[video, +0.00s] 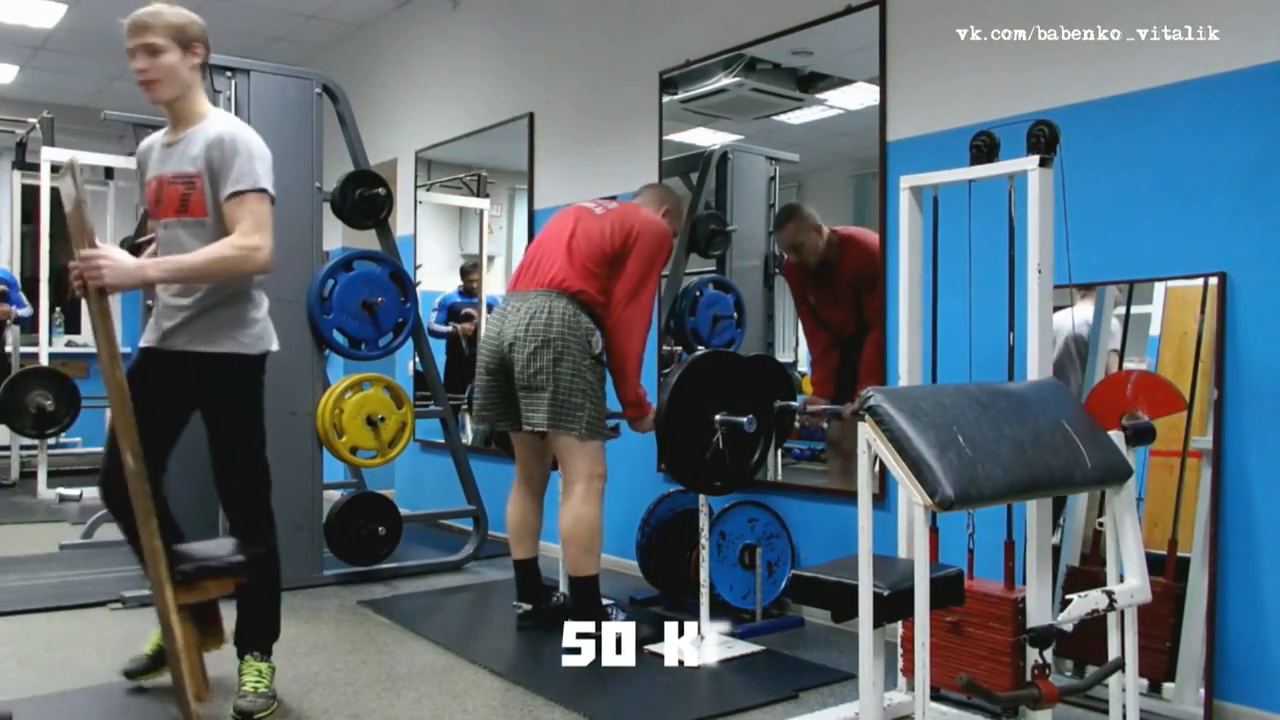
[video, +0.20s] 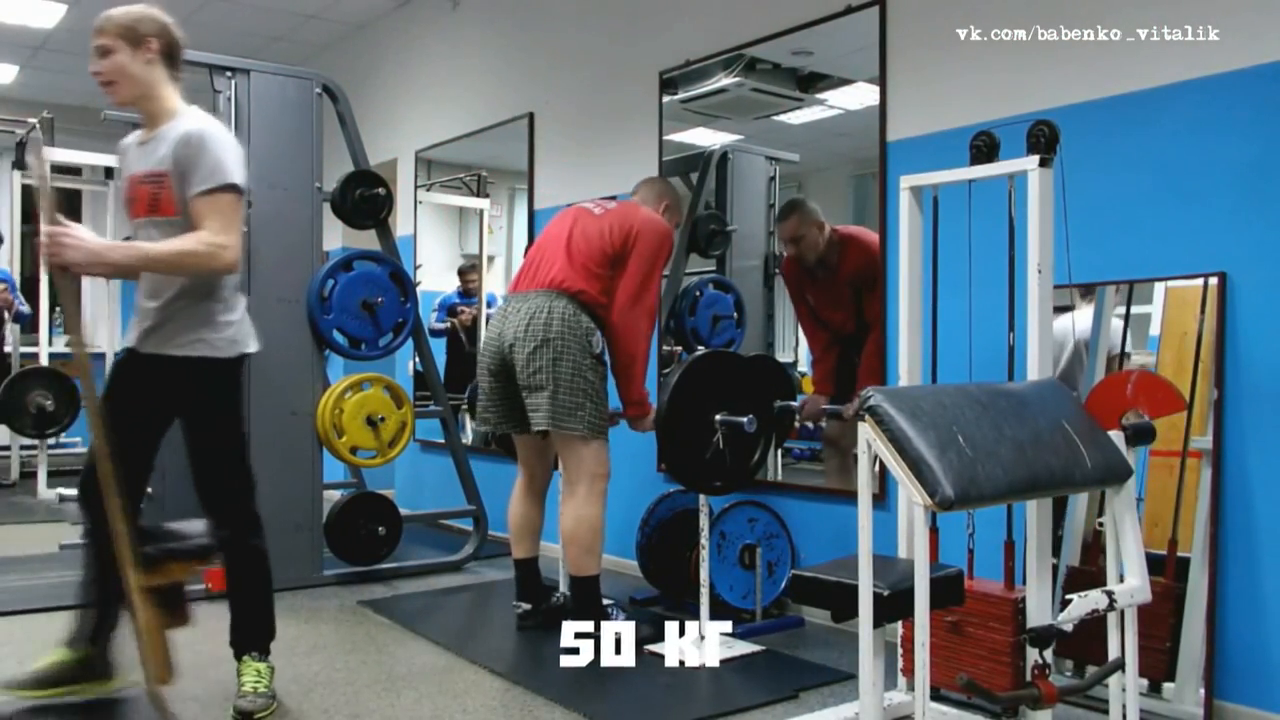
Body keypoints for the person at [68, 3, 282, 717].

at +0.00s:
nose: (140, 67)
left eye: (153, 52)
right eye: (133, 56)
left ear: (195, 55)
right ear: (131, 67)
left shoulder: (234, 139)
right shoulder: (150, 151)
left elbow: (255, 249)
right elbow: (156, 242)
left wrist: (141, 270)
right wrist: (112, 265)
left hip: (232, 346)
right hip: (166, 345)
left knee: (246, 498)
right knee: (122, 481)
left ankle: (256, 653)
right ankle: (192, 618)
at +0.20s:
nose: (98, 69)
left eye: (108, 53)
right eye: (95, 57)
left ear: (153, 53)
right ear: (126, 62)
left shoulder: (204, 136)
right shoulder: (131, 150)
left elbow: (223, 250)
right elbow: (148, 253)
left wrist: (108, 256)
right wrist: (91, 254)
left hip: (213, 351)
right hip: (149, 349)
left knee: (230, 506)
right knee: (104, 490)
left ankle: (254, 658)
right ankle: (92, 649)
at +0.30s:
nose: (74, 70)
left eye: (84, 55)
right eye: (72, 59)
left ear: (130, 55)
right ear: (105, 66)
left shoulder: (185, 138)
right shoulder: (108, 152)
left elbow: (198, 250)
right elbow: (120, 265)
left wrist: (87, 247)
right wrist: (63, 257)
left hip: (186, 355)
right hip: (122, 357)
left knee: (214, 506)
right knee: (85, 503)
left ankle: (251, 653)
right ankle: (55, 668)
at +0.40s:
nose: (49, 65)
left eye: (59, 51)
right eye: (47, 54)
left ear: (105, 51)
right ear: (85, 58)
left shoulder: (157, 136)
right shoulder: (74, 152)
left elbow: (170, 247)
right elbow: (89, 259)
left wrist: (52, 247)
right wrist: (35, 268)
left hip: (154, 350)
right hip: (86, 349)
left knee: (185, 501)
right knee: (47, 500)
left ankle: (245, 648)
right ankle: (51, 669)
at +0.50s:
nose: (27, 59)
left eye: (39, 44)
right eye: (24, 50)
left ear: (86, 47)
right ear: (34, 65)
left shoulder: (131, 131)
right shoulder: (39, 145)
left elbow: (145, 244)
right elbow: (47, 245)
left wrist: (35, 260)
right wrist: (14, 268)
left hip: (127, 343)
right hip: (54, 349)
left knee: (153, 498)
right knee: (30, 504)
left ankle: (231, 639)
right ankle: (46, 663)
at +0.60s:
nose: (4, 50)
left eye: (15, 35)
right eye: (1, 39)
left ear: (62, 40)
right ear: (11, 52)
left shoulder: (108, 125)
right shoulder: (13, 135)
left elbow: (116, 241)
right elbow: (27, 239)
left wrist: (11, 256)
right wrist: (12, 277)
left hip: (113, 326)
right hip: (43, 334)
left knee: (113, 483)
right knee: (27, 492)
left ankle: (181, 649)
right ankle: (49, 659)